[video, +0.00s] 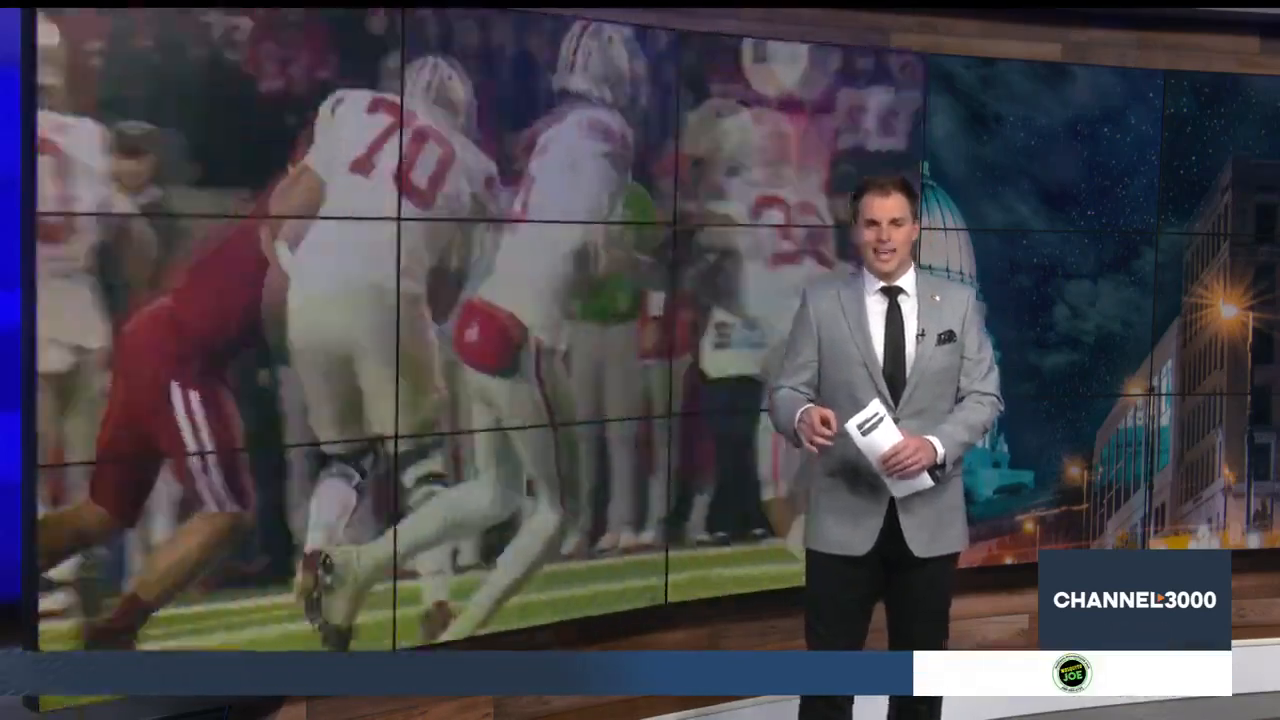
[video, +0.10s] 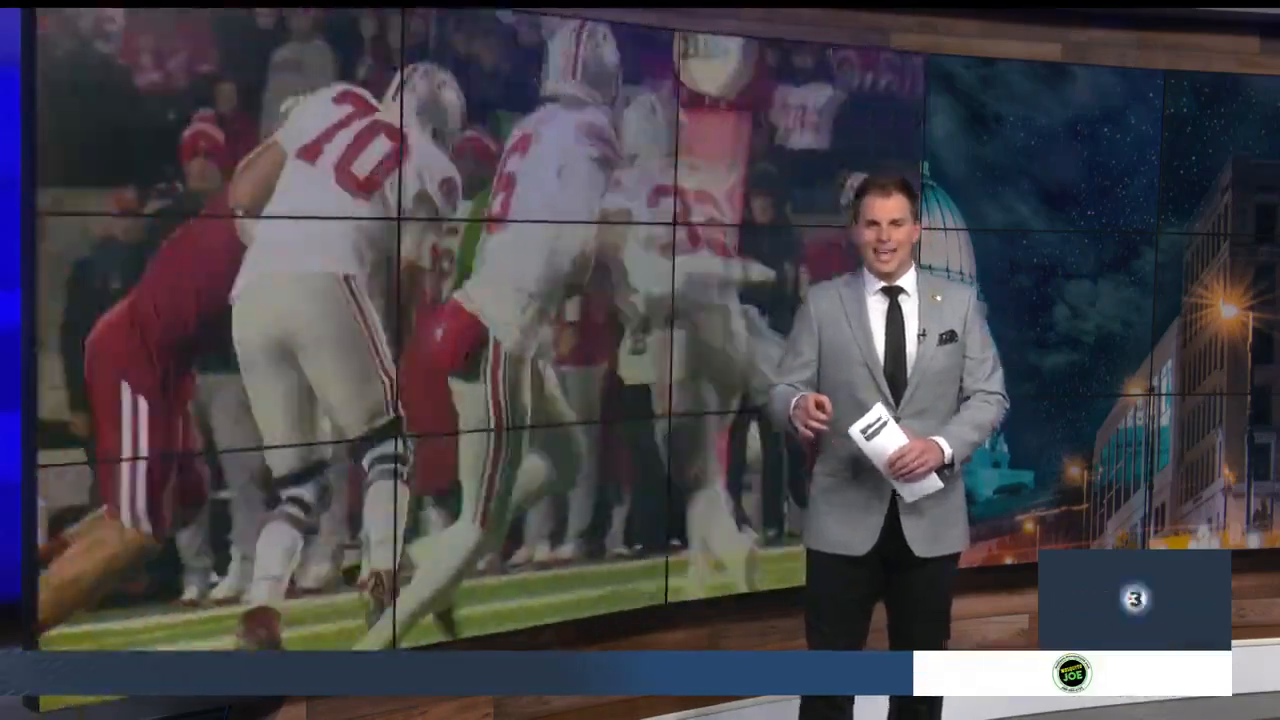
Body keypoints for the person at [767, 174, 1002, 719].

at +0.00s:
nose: (883, 236)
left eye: (896, 223)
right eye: (871, 224)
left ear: (916, 229)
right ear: (855, 230)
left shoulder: (959, 302)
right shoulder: (821, 302)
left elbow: (983, 399)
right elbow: (786, 392)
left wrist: (937, 444)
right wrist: (800, 415)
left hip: (928, 515)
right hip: (842, 515)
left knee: (922, 673)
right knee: (828, 673)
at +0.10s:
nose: (883, 236)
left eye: (896, 224)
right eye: (871, 224)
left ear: (917, 229)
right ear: (855, 231)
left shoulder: (960, 302)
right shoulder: (821, 303)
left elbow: (988, 397)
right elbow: (782, 389)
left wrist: (943, 445)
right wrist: (795, 408)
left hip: (929, 515)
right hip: (843, 514)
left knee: (923, 674)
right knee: (829, 673)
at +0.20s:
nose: (884, 235)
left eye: (897, 223)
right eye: (872, 223)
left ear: (918, 228)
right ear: (856, 230)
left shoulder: (960, 302)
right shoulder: (823, 302)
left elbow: (994, 396)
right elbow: (777, 386)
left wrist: (949, 448)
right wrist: (791, 393)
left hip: (930, 515)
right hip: (843, 513)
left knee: (922, 673)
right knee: (830, 672)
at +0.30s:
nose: (885, 235)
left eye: (898, 222)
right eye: (874, 222)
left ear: (920, 228)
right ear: (859, 228)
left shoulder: (961, 302)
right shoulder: (822, 303)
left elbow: (993, 397)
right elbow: (776, 400)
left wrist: (952, 451)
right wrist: (790, 389)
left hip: (930, 514)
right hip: (844, 514)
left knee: (923, 676)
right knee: (830, 675)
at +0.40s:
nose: (887, 235)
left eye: (900, 223)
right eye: (876, 223)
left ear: (921, 230)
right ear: (861, 229)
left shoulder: (961, 301)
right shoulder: (824, 301)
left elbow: (989, 398)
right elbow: (776, 405)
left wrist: (952, 451)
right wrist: (793, 382)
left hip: (931, 512)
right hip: (846, 511)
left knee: (924, 673)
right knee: (831, 672)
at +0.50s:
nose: (887, 234)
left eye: (901, 223)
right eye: (876, 222)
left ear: (922, 230)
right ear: (862, 230)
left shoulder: (961, 301)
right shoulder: (825, 302)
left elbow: (987, 398)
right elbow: (777, 402)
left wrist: (952, 453)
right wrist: (809, 376)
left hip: (931, 514)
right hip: (846, 512)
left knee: (924, 674)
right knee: (831, 674)